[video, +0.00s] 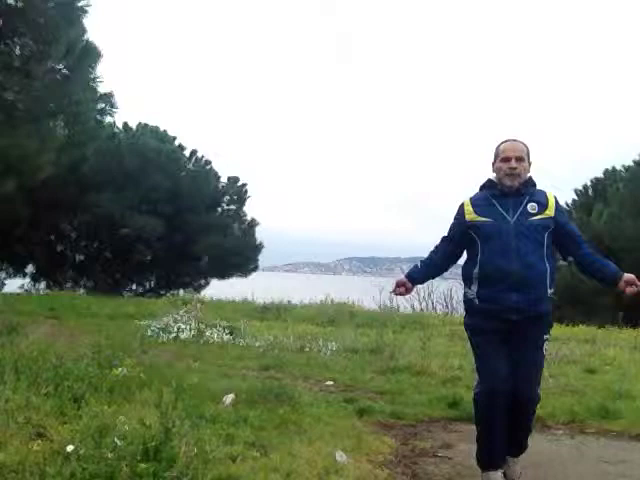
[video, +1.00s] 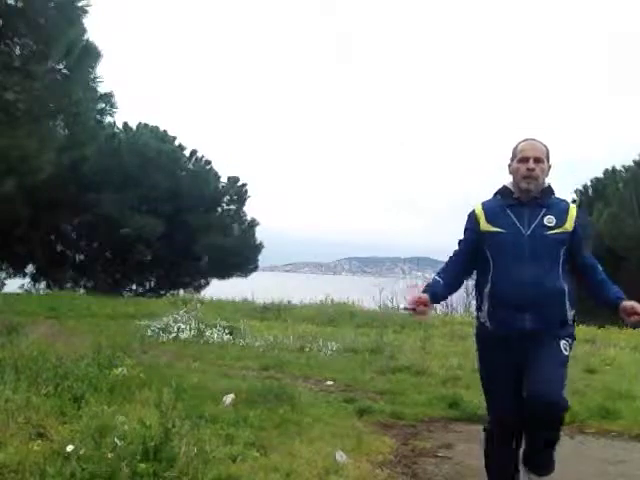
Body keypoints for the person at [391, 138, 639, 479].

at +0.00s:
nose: (512, 164)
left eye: (519, 159)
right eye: (505, 159)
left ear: (529, 166)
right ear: (494, 165)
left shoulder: (548, 205)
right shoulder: (473, 208)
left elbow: (579, 251)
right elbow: (447, 251)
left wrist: (617, 277)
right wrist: (412, 277)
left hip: (532, 316)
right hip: (485, 316)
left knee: (526, 392)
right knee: (494, 386)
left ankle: (512, 457)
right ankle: (491, 467)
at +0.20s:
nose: (511, 189)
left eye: (518, 183)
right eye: (504, 183)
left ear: (528, 191)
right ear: (493, 189)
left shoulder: (549, 232)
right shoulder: (471, 234)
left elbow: (570, 275)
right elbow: (449, 273)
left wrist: (603, 295)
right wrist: (426, 289)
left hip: (534, 336)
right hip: (487, 337)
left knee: (542, 397)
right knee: (496, 407)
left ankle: (519, 440)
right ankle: (494, 473)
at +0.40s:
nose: (524, 162)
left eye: (531, 157)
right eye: (517, 156)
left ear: (542, 165)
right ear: (506, 164)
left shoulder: (557, 207)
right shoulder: (482, 205)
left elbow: (581, 258)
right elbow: (453, 249)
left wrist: (616, 284)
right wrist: (418, 277)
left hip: (542, 319)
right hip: (495, 318)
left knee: (540, 396)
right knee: (500, 393)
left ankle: (536, 471)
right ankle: (499, 466)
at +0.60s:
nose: (533, 181)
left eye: (540, 176)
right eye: (526, 175)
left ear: (550, 184)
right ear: (514, 183)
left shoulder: (568, 228)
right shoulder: (488, 226)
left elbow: (591, 272)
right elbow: (467, 270)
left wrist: (620, 295)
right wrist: (442, 291)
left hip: (546, 338)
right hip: (496, 335)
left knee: (540, 424)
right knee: (491, 389)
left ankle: (534, 475)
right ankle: (504, 442)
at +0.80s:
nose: (529, 159)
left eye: (536, 154)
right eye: (522, 153)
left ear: (547, 161)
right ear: (510, 160)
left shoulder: (565, 205)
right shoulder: (487, 203)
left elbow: (593, 254)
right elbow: (460, 250)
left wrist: (626, 282)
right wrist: (423, 276)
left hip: (548, 320)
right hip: (498, 319)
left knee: (544, 400)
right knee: (503, 399)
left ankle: (522, 452)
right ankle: (500, 470)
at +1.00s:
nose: (530, 166)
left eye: (537, 161)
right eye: (523, 160)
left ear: (548, 169)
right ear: (511, 167)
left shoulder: (568, 215)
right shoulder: (484, 215)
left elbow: (586, 266)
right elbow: (460, 263)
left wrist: (619, 301)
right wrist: (431, 294)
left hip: (550, 334)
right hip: (497, 333)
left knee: (545, 401)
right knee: (502, 420)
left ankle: (538, 465)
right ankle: (502, 475)